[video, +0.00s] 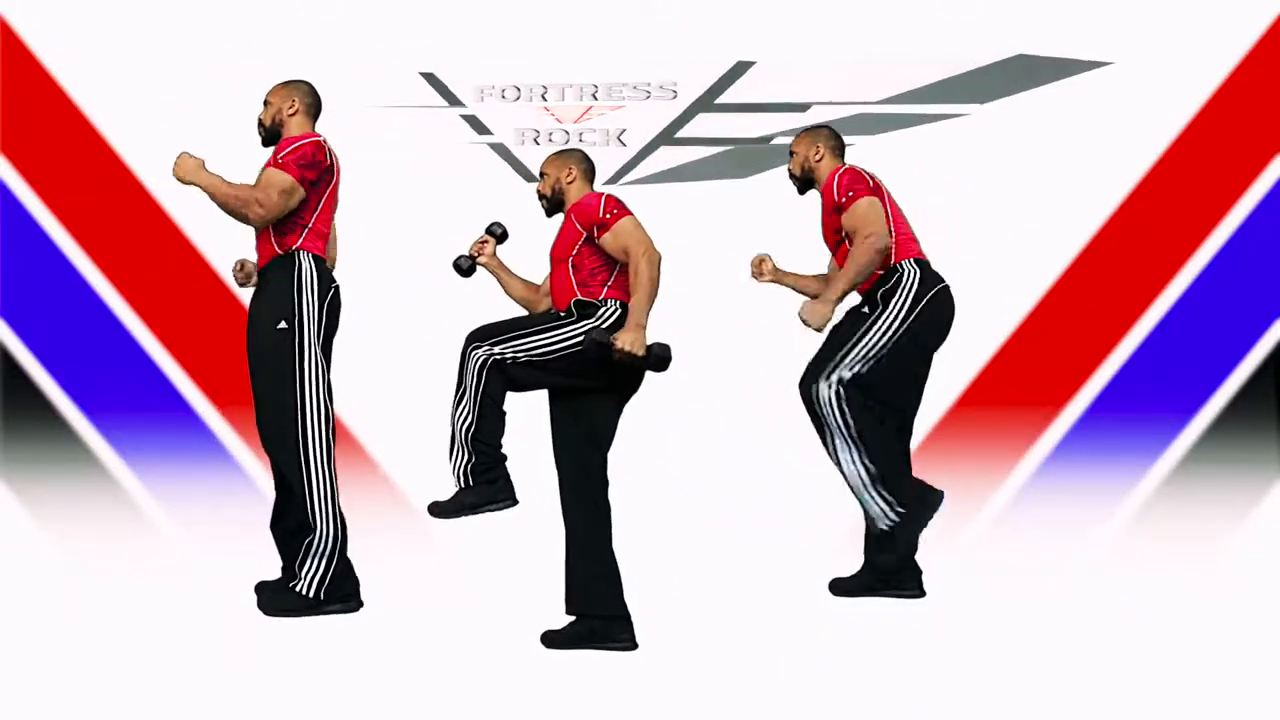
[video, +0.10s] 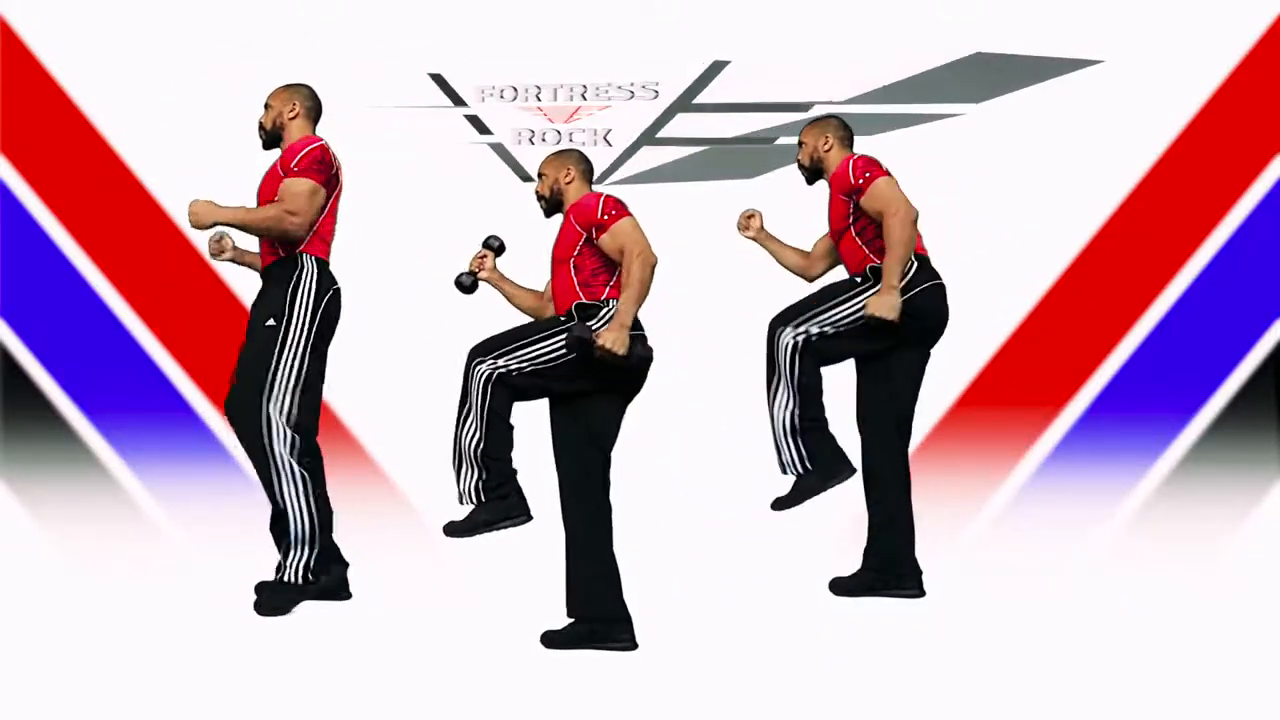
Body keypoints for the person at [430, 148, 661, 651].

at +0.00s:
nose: (538, 187)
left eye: (543, 178)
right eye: (539, 180)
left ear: (568, 175)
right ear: (569, 177)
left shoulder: (593, 203)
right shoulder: (571, 234)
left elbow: (645, 255)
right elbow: (540, 301)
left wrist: (636, 326)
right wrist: (494, 263)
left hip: (599, 321)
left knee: (483, 348)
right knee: (581, 485)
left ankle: (484, 479)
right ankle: (602, 619)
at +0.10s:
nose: (536, 187)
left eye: (541, 178)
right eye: (536, 180)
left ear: (567, 175)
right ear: (567, 177)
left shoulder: (590, 203)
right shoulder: (572, 233)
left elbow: (640, 256)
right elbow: (549, 308)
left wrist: (622, 322)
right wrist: (494, 277)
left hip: (593, 335)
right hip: (604, 349)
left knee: (485, 365)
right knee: (583, 489)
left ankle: (496, 496)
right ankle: (602, 620)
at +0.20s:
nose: (533, 190)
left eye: (538, 180)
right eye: (533, 183)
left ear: (563, 177)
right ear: (567, 178)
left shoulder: (591, 207)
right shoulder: (570, 234)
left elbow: (627, 263)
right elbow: (570, 319)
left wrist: (586, 327)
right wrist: (507, 308)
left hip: (606, 339)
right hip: (610, 352)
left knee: (506, 401)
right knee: (584, 485)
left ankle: (558, 528)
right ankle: (601, 620)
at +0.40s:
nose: (512, 204)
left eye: (516, 193)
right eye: (512, 196)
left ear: (541, 191)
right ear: (546, 193)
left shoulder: (573, 221)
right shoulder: (555, 247)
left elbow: (576, 285)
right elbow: (598, 325)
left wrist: (500, 313)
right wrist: (564, 368)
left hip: (627, 343)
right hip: (602, 361)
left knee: (616, 474)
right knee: (580, 481)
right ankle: (602, 618)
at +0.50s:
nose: (503, 215)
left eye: (507, 205)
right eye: (503, 207)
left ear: (532, 202)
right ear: (536, 204)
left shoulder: (559, 229)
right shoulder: (562, 245)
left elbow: (547, 297)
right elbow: (602, 318)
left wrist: (475, 298)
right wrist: (591, 376)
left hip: (630, 349)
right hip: (606, 366)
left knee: (673, 484)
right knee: (580, 489)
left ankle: (819, 561)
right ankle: (602, 622)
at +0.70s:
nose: (497, 236)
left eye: (504, 225)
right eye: (498, 228)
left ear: (531, 220)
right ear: (535, 228)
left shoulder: (552, 251)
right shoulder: (569, 258)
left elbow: (512, 320)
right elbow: (647, 305)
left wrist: (457, 283)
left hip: (648, 360)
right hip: (622, 379)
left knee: (718, 480)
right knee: (578, 486)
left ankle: (859, 597)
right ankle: (602, 621)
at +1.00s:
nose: (501, 250)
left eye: (506, 239)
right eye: (501, 243)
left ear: (534, 235)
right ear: (539, 240)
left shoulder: (555, 267)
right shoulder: (574, 272)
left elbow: (515, 343)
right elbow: (656, 309)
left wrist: (465, 302)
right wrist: (648, 378)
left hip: (657, 375)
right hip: (630, 392)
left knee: (733, 494)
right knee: (579, 485)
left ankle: (881, 606)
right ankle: (601, 622)